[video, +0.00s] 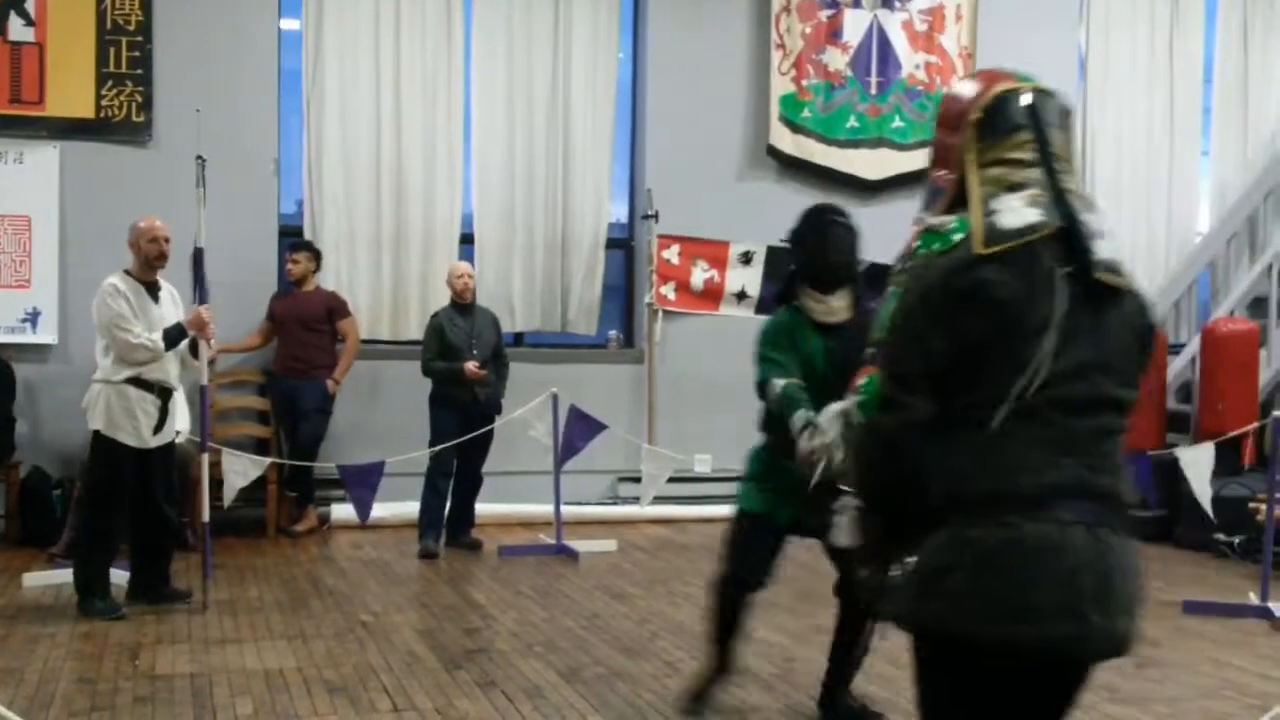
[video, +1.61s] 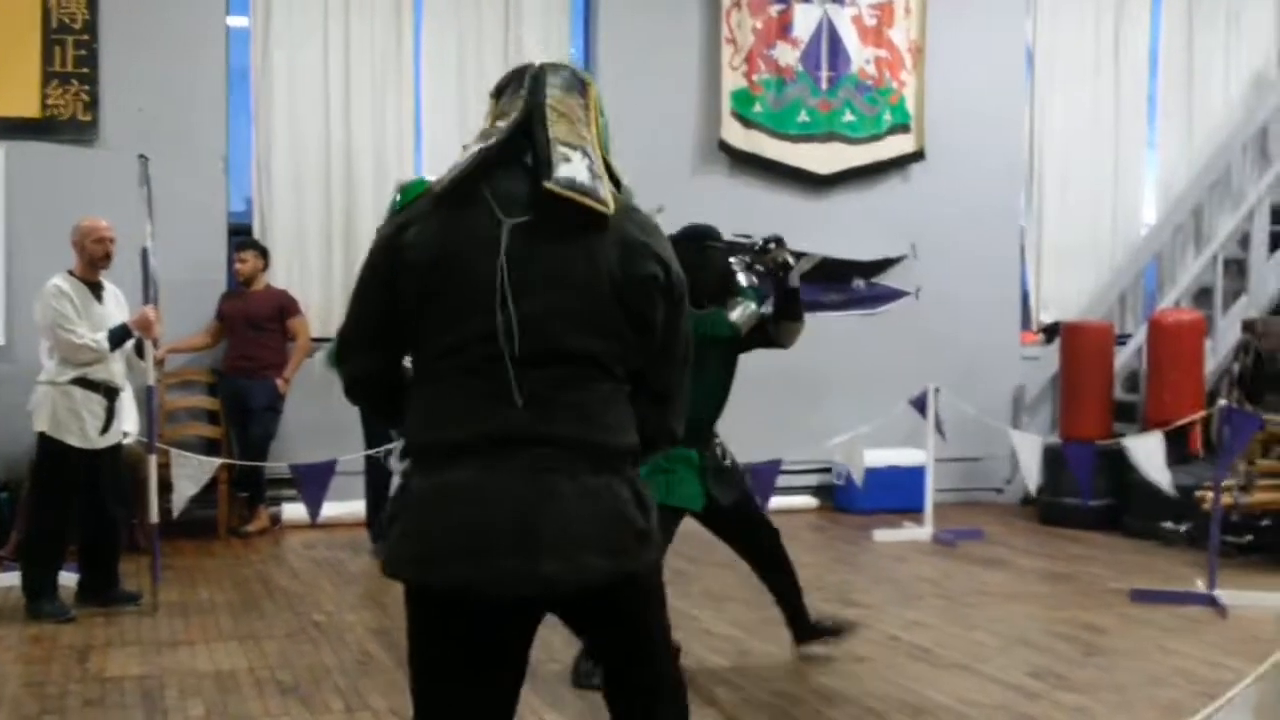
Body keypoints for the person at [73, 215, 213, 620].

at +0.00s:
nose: (163, 248)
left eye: (166, 242)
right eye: (154, 242)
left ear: (170, 248)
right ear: (133, 247)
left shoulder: (171, 295)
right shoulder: (113, 290)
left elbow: (182, 356)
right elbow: (132, 349)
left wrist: (199, 345)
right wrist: (185, 329)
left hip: (163, 410)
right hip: (121, 407)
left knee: (157, 501)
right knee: (106, 502)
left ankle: (150, 584)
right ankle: (93, 591)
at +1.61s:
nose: (108, 249)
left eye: (111, 242)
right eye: (99, 242)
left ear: (113, 247)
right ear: (78, 247)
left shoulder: (115, 295)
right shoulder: (57, 291)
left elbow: (135, 367)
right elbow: (76, 349)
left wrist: (146, 345)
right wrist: (130, 329)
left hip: (108, 414)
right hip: (66, 412)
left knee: (104, 504)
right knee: (53, 505)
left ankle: (99, 585)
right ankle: (40, 594)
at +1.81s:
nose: (59, 248)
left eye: (63, 241)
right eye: (51, 241)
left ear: (66, 248)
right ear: (30, 247)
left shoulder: (68, 295)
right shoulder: (10, 292)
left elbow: (79, 356)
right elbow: (30, 351)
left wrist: (98, 342)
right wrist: (80, 331)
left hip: (61, 417)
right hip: (19, 416)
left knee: (57, 507)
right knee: (14, 508)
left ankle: (51, 588)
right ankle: (4, 593)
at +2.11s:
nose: (12, 249)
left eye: (13, 242)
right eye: (7, 242)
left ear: (14, 246)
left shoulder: (17, 295)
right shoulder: (9, 297)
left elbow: (26, 357)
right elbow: (6, 348)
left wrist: (45, 342)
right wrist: (29, 332)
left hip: (21, 414)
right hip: (9, 416)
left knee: (17, 505)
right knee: (12, 506)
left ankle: (11, 587)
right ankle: (9, 588)